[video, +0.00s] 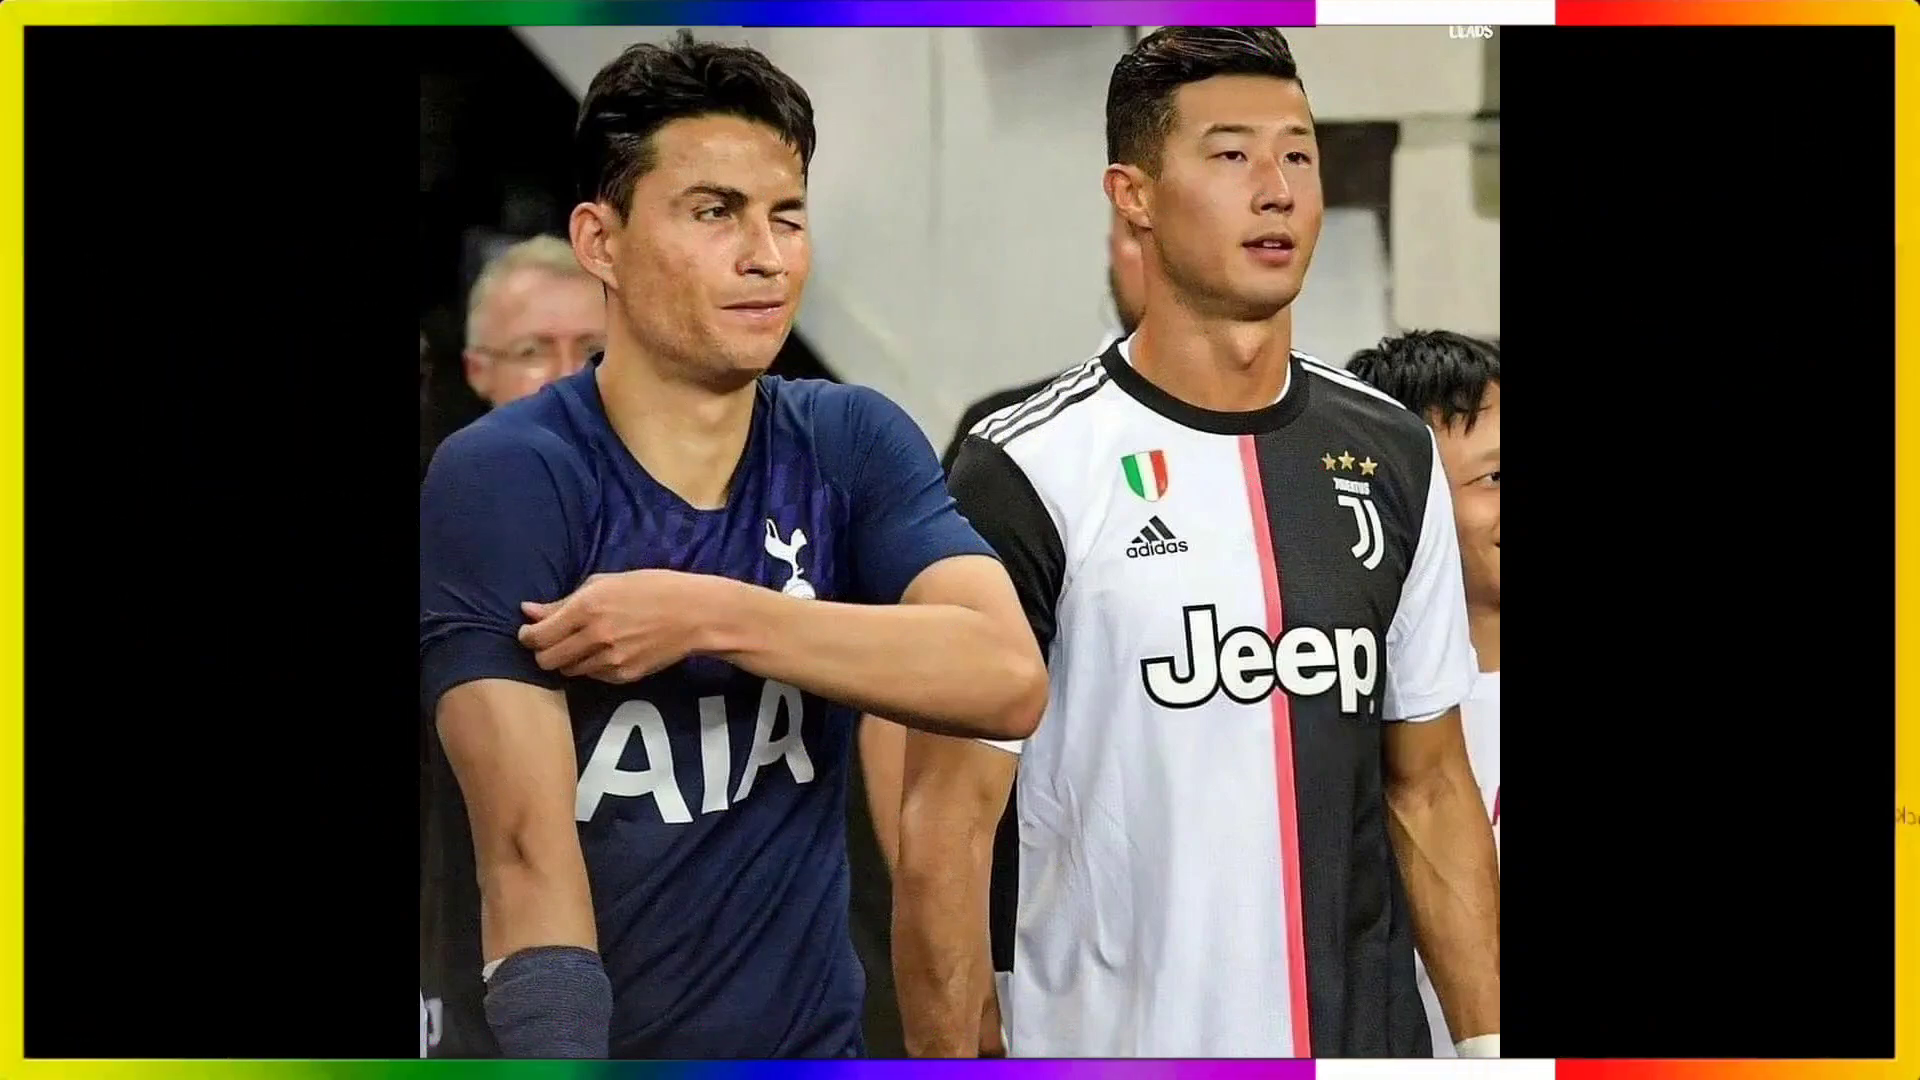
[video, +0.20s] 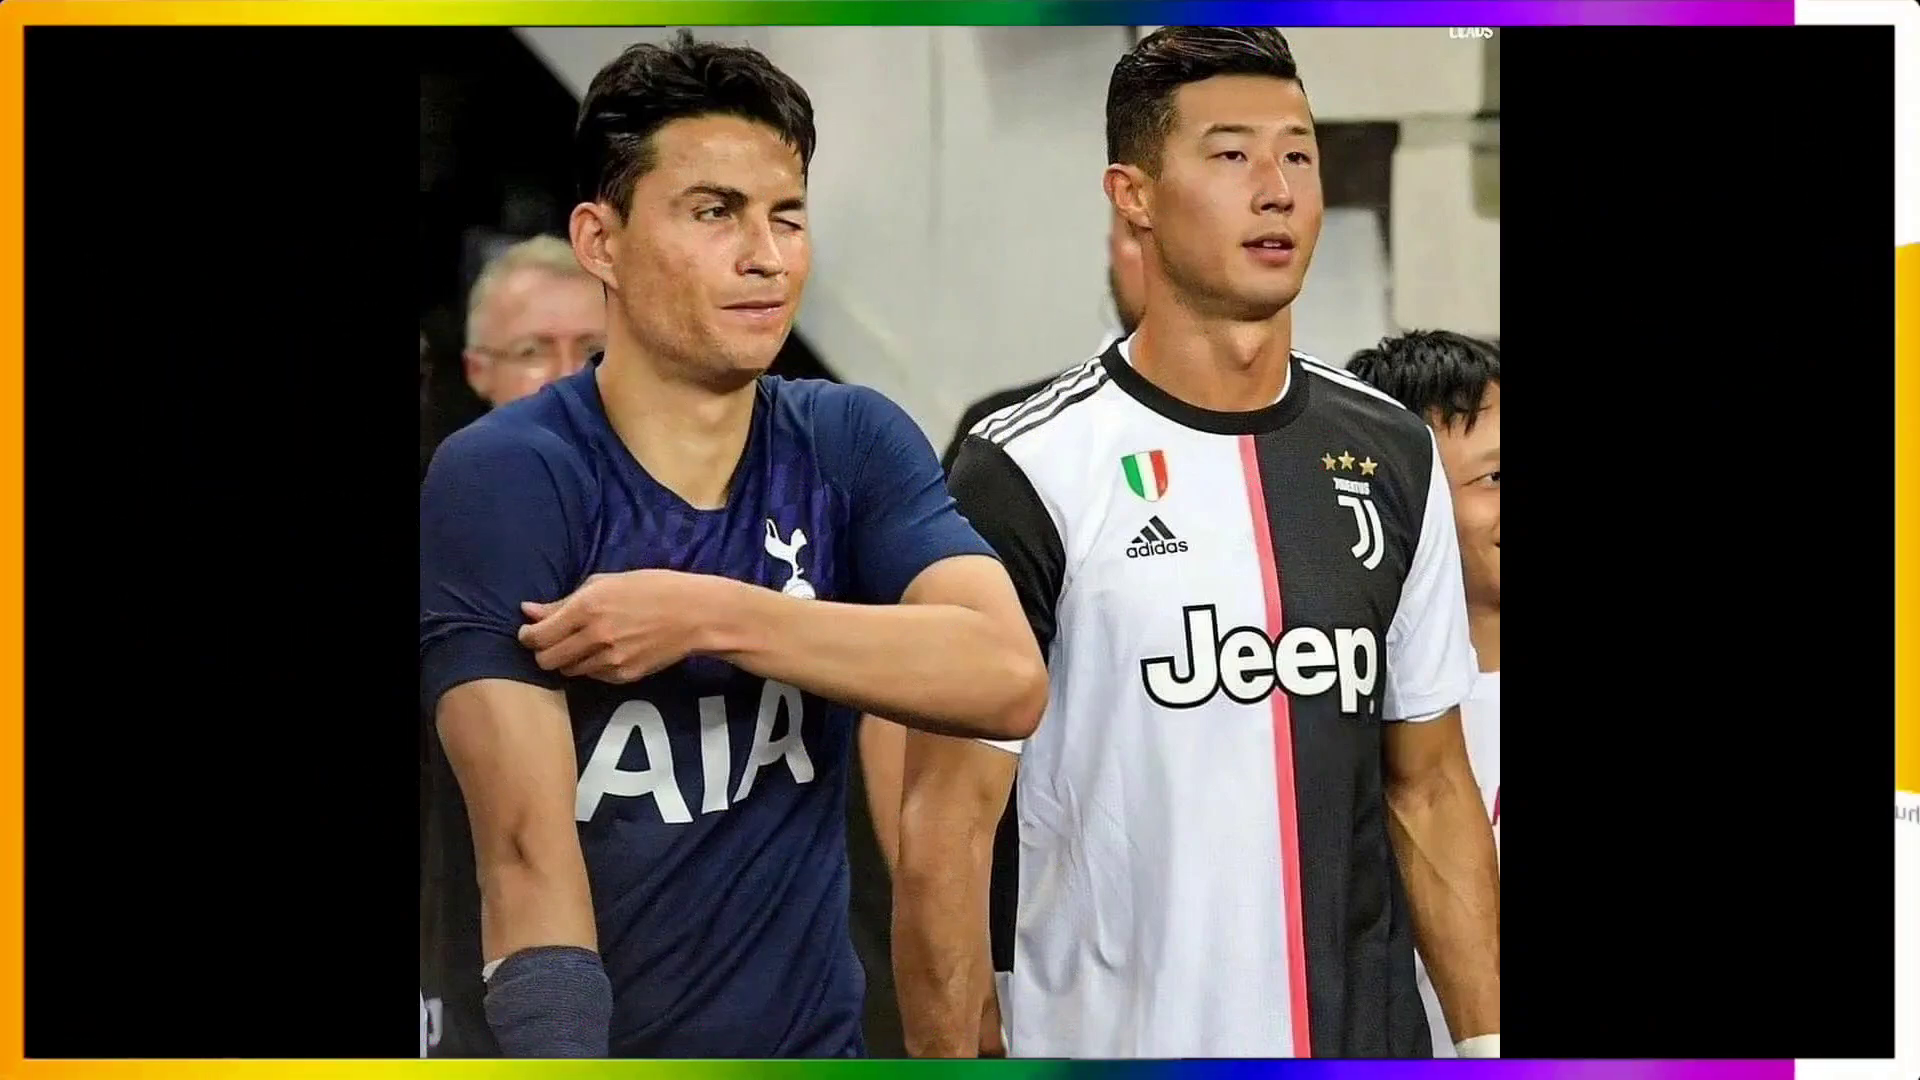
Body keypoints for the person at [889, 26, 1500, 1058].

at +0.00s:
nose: (1279, 193)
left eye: (1297, 159)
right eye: (1230, 157)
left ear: (1319, 187)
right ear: (1134, 198)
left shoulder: (1392, 450)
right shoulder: (1022, 462)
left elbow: (1431, 785)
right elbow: (948, 817)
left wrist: (1484, 1049)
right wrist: (953, 1067)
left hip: (1360, 1046)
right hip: (1107, 1046)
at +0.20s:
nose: (1279, 193)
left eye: (1297, 158)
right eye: (1230, 156)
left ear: (1319, 186)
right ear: (1134, 197)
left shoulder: (1392, 451)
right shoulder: (1022, 462)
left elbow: (1431, 785)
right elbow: (948, 817)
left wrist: (1483, 1046)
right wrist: (953, 1068)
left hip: (1363, 1043)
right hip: (1110, 1044)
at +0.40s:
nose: (1279, 193)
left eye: (1297, 158)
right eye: (1230, 156)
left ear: (1319, 186)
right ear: (1134, 197)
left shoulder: (1392, 450)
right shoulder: (1022, 462)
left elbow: (1431, 784)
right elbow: (949, 815)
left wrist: (1484, 1046)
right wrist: (954, 1065)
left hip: (1360, 1045)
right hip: (1108, 1044)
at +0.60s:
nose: (1280, 194)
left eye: (1298, 158)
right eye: (1231, 157)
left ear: (1321, 186)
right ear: (1133, 198)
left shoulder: (1392, 451)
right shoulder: (1017, 462)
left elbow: (1429, 783)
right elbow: (935, 779)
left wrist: (1484, 1045)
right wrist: (951, 1052)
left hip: (1356, 1045)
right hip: (1102, 1046)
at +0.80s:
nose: (1278, 193)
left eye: (1297, 158)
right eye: (1231, 156)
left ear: (1323, 181)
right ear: (1135, 196)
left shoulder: (1382, 448)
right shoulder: (1036, 445)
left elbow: (1431, 788)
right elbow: (952, 748)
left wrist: (1487, 1043)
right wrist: (968, 1036)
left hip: (1352, 1039)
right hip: (1110, 1040)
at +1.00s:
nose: (1277, 192)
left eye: (1297, 156)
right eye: (1231, 156)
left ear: (1322, 180)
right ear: (1137, 183)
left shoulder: (1384, 436)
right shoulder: (1068, 432)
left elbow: (1428, 783)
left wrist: (1483, 1042)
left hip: (1348, 1030)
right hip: (1117, 1028)